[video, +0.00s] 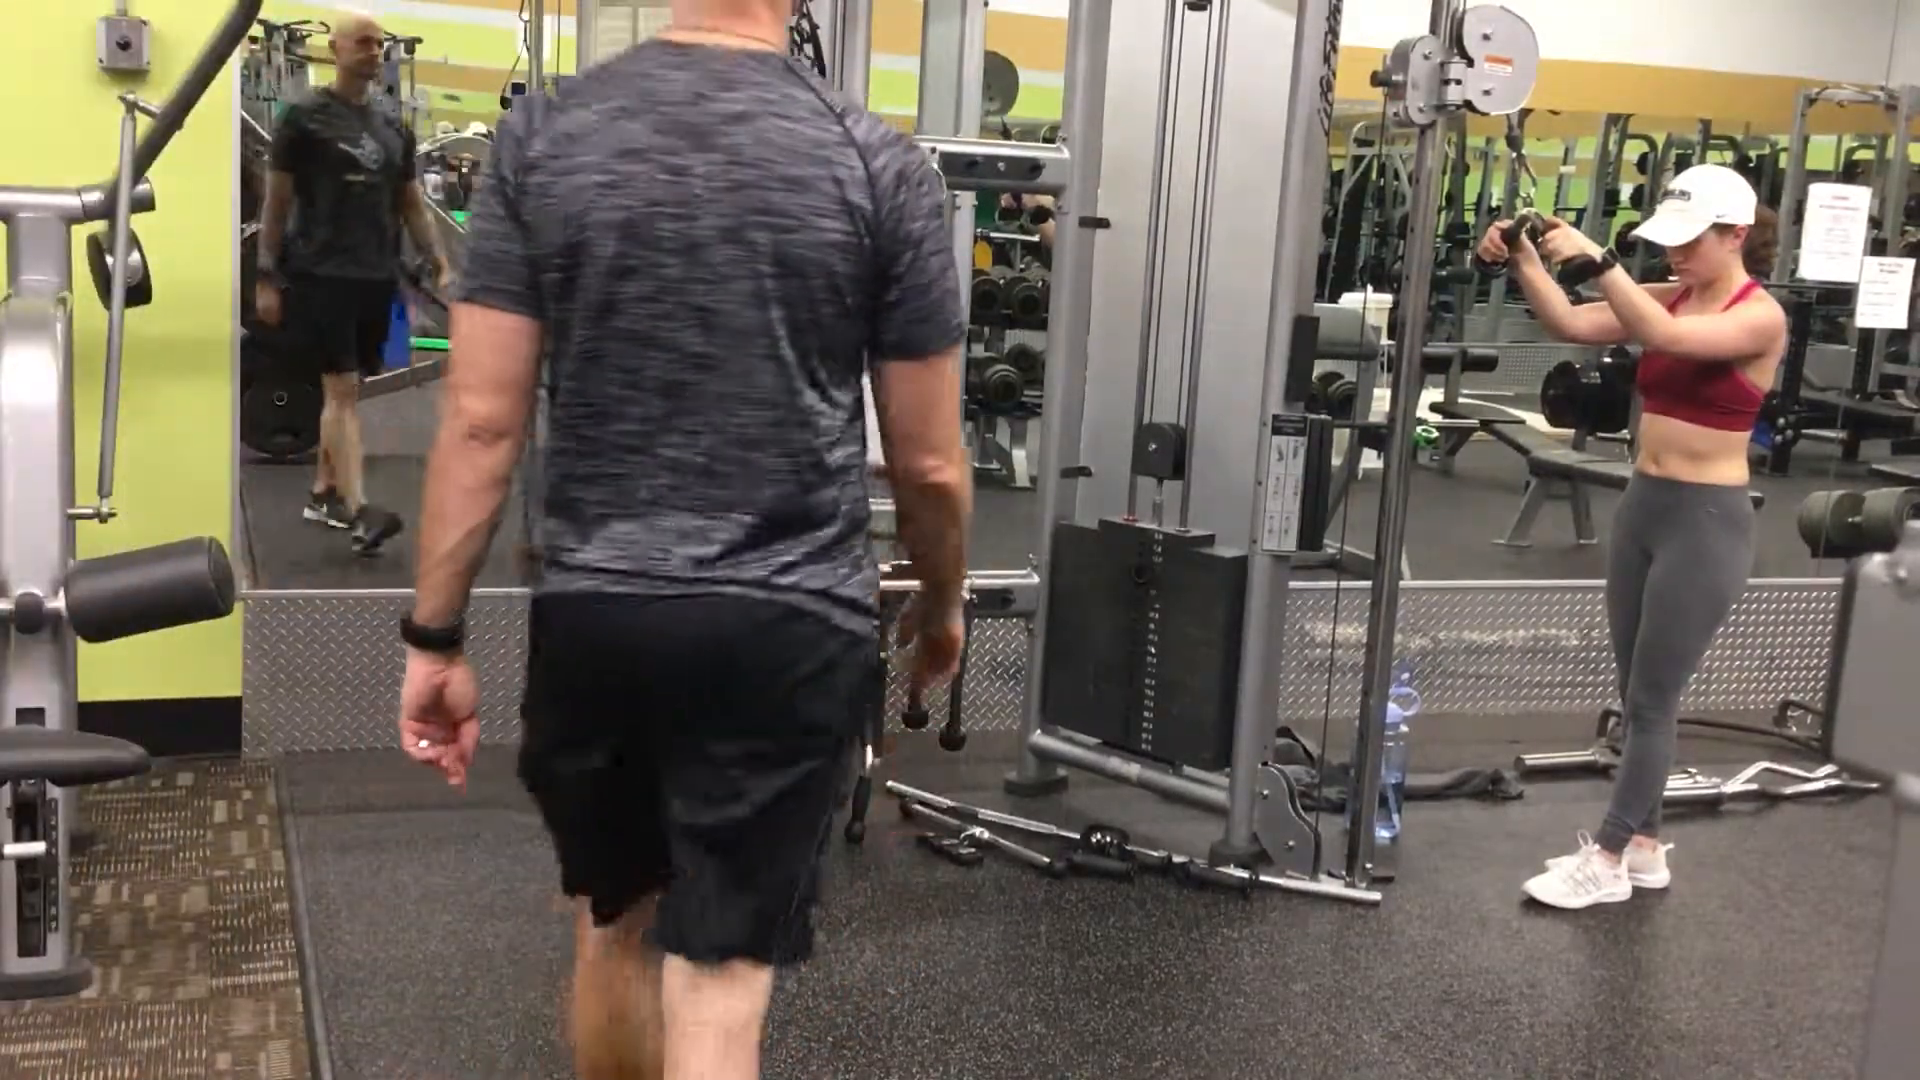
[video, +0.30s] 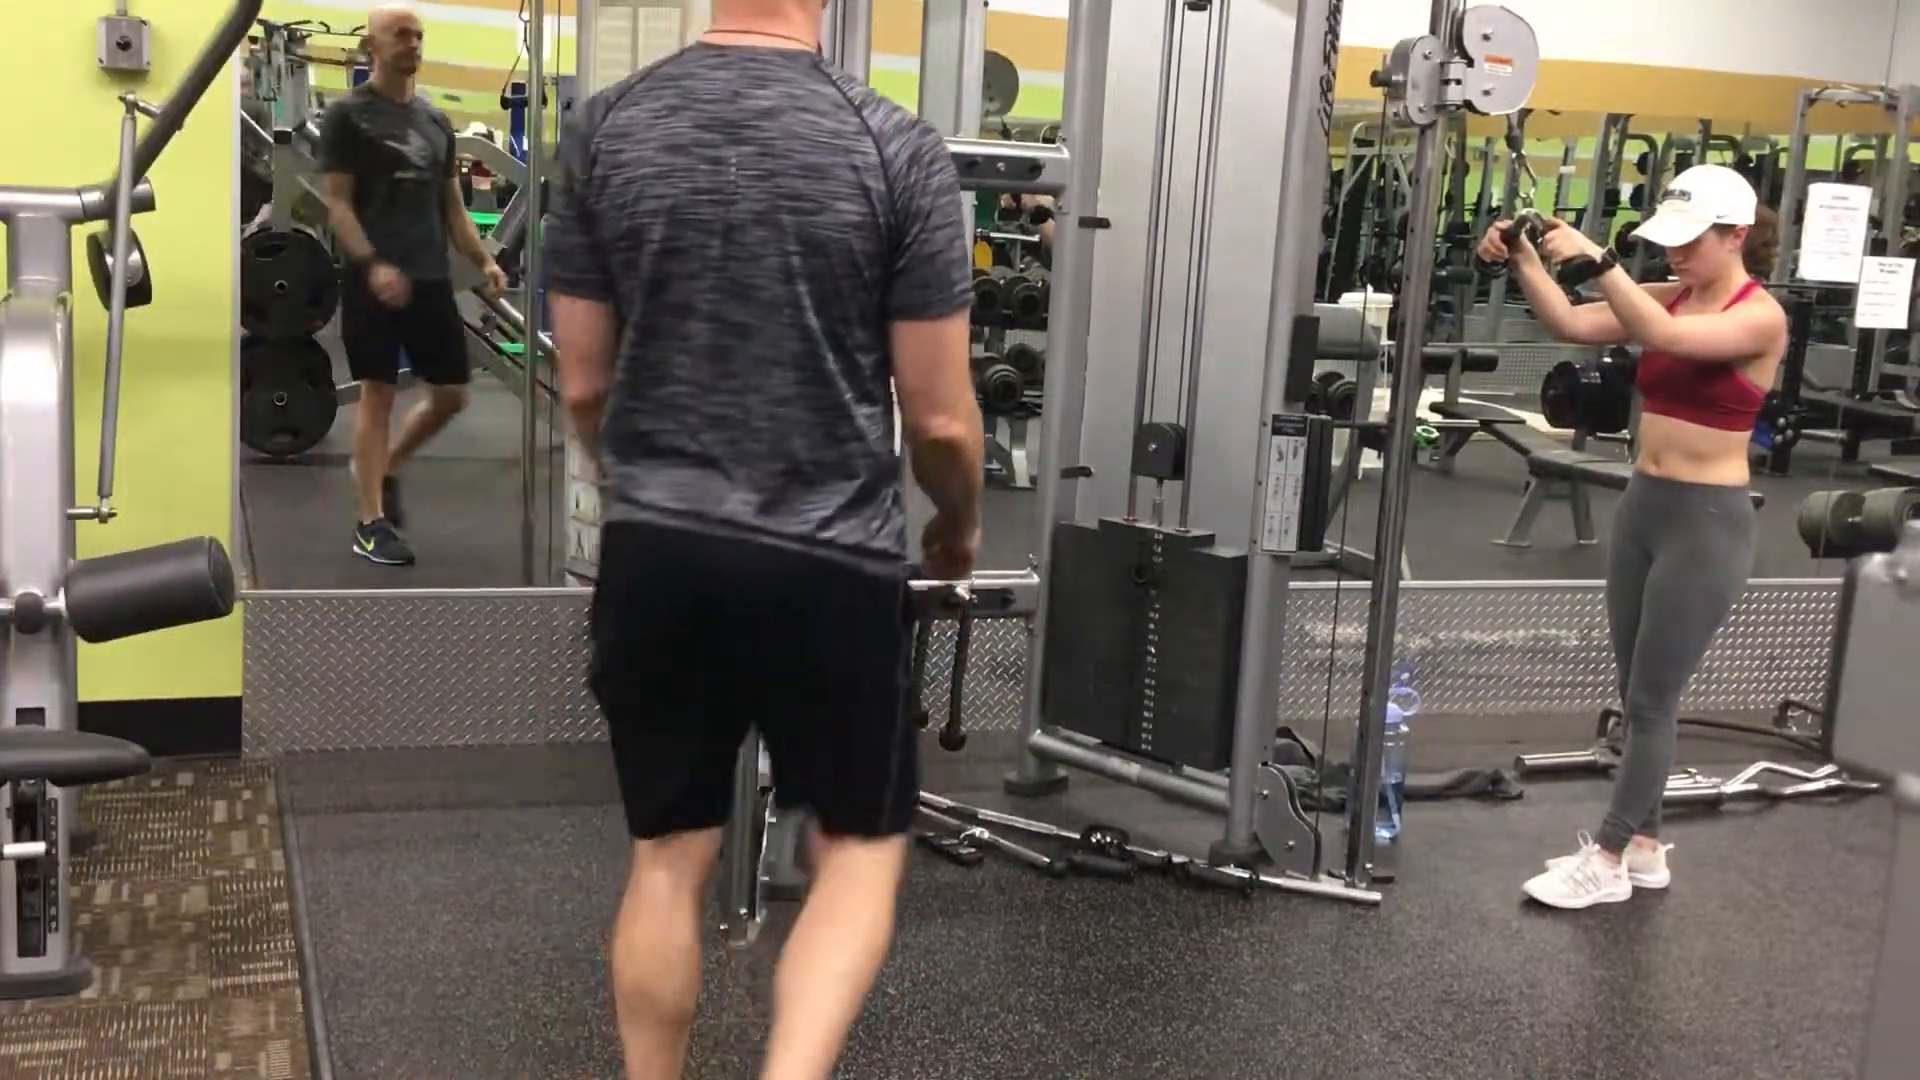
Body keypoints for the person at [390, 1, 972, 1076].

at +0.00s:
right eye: (797, 11)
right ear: (789, 5)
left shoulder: (545, 132)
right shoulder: (880, 162)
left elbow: (483, 419)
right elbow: (929, 466)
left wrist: (436, 636)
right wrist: (942, 609)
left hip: (592, 625)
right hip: (790, 630)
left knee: (611, 921)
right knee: (722, 978)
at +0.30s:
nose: (825, 14)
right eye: (829, 8)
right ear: (818, 5)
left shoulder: (610, 125)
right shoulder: (898, 148)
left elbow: (583, 385)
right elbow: (942, 424)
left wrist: (632, 479)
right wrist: (958, 525)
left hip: (655, 555)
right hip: (830, 572)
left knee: (668, 848)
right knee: (860, 841)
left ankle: (648, 1071)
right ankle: (788, 1073)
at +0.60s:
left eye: (816, 18)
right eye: (901, 19)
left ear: (803, 15)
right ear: (911, 19)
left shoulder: (714, 142)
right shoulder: (976, 164)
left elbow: (725, 300)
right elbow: (1018, 401)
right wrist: (957, 372)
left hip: (743, 538)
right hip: (911, 556)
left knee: (718, 825)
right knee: (922, 820)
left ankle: (666, 1075)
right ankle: (947, 1062)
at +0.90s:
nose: (927, 26)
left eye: (904, 16)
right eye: (979, 16)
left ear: (894, 18)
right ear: (998, 22)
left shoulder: (816, 139)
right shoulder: (1069, 154)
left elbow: (810, 265)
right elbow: (1065, 310)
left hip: (852, 506)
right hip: (1002, 516)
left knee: (813, 736)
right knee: (973, 789)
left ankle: (786, 1015)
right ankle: (951, 1060)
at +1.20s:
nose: (905, 20)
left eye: (910, 9)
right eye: (912, 12)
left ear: (934, 17)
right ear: (1026, 26)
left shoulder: (879, 156)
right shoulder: (1088, 162)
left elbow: (817, 264)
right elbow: (988, 206)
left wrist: (803, 155)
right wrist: (895, 117)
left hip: (882, 500)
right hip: (1021, 505)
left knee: (870, 746)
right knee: (992, 749)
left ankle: (881, 1009)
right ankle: (966, 1030)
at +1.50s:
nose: (944, 12)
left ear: (1031, 16)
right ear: (1050, 23)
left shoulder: (959, 161)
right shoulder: (1114, 159)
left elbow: (838, 255)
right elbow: (964, 199)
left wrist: (795, 144)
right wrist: (860, 112)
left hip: (944, 499)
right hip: (1052, 493)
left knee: (903, 745)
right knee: (1005, 724)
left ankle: (882, 1013)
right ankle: (1091, 972)